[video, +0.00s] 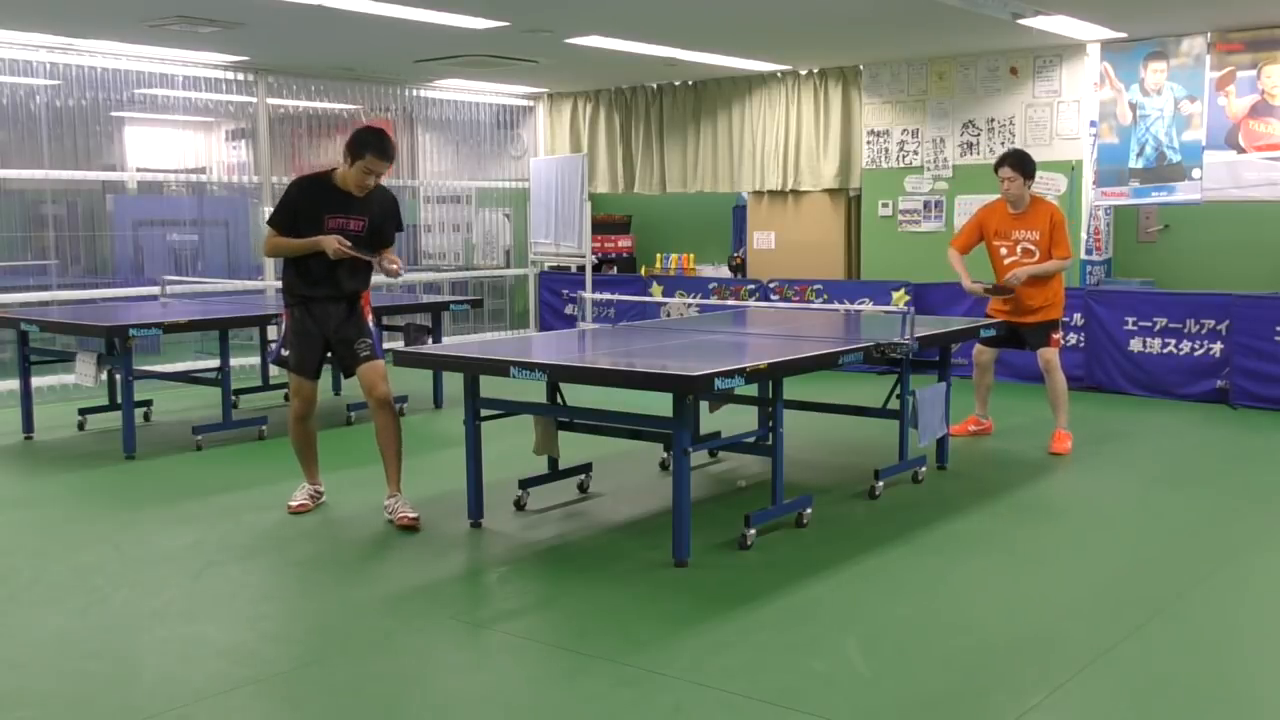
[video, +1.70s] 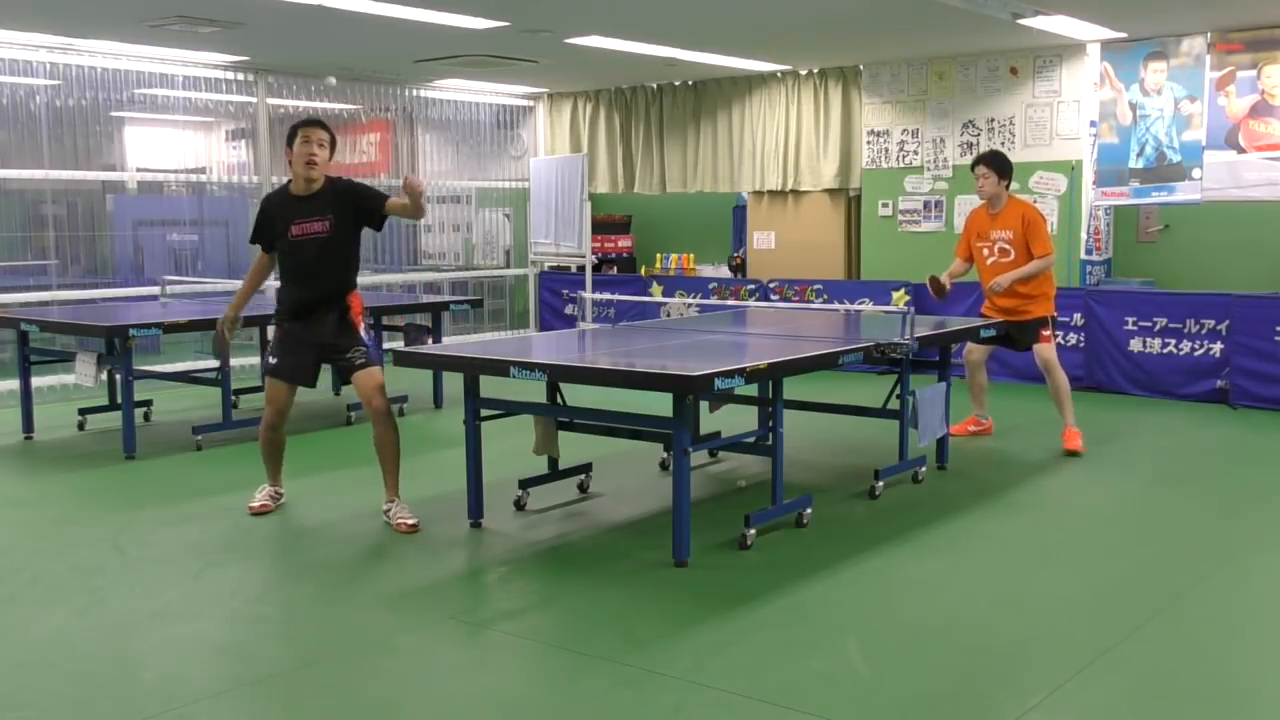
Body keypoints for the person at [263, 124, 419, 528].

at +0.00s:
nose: (372, 182)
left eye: (379, 175)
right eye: (367, 173)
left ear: (386, 169)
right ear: (347, 159)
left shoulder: (382, 201)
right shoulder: (304, 189)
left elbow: (384, 251)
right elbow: (270, 245)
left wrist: (389, 262)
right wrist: (318, 242)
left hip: (352, 310)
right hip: (304, 310)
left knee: (381, 394)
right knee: (301, 406)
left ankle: (394, 496)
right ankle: (312, 485)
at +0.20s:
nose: (409, 233)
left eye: (415, 226)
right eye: (404, 224)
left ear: (419, 221)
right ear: (383, 210)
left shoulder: (411, 239)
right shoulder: (338, 219)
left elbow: (407, 293)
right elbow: (305, 279)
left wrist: (421, 302)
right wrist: (362, 272)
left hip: (365, 328)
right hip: (318, 328)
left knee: (392, 404)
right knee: (300, 427)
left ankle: (393, 500)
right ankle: (314, 484)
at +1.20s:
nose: (410, 206)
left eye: (415, 198)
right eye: (402, 196)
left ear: (419, 200)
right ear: (378, 194)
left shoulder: (419, 232)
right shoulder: (344, 225)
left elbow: (436, 282)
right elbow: (340, 290)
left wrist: (453, 277)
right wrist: (391, 264)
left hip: (386, 338)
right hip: (337, 336)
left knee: (407, 421)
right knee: (287, 428)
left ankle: (394, 502)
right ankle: (277, 485)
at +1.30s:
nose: (386, 186)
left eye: (392, 178)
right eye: (379, 177)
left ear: (396, 181)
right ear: (355, 177)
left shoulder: (401, 213)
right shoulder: (327, 217)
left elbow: (435, 244)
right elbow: (318, 281)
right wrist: (364, 262)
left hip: (380, 332)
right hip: (332, 330)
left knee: (404, 419)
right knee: (287, 423)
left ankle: (394, 502)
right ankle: (276, 487)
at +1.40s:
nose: (364, 170)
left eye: (370, 163)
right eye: (356, 161)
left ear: (376, 170)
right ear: (334, 166)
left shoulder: (384, 203)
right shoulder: (310, 213)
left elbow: (422, 207)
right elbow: (295, 275)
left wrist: (425, 169)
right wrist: (324, 285)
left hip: (372, 324)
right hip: (325, 326)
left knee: (399, 414)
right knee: (285, 419)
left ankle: (394, 502)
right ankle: (275, 486)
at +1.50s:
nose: (344, 159)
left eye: (351, 152)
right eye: (335, 150)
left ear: (357, 160)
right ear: (316, 157)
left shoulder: (370, 196)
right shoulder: (295, 212)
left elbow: (412, 193)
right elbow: (283, 275)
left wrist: (420, 160)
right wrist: (288, 320)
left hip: (363, 320)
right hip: (314, 322)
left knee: (393, 410)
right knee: (282, 418)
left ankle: (394, 501)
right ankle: (274, 487)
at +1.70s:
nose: (314, 150)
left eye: (322, 145)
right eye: (306, 143)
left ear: (331, 157)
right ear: (288, 153)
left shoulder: (347, 193)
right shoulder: (274, 206)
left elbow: (410, 211)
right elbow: (265, 260)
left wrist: (413, 200)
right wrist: (234, 311)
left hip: (341, 318)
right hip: (293, 322)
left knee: (380, 403)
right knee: (273, 416)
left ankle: (393, 500)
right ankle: (273, 486)